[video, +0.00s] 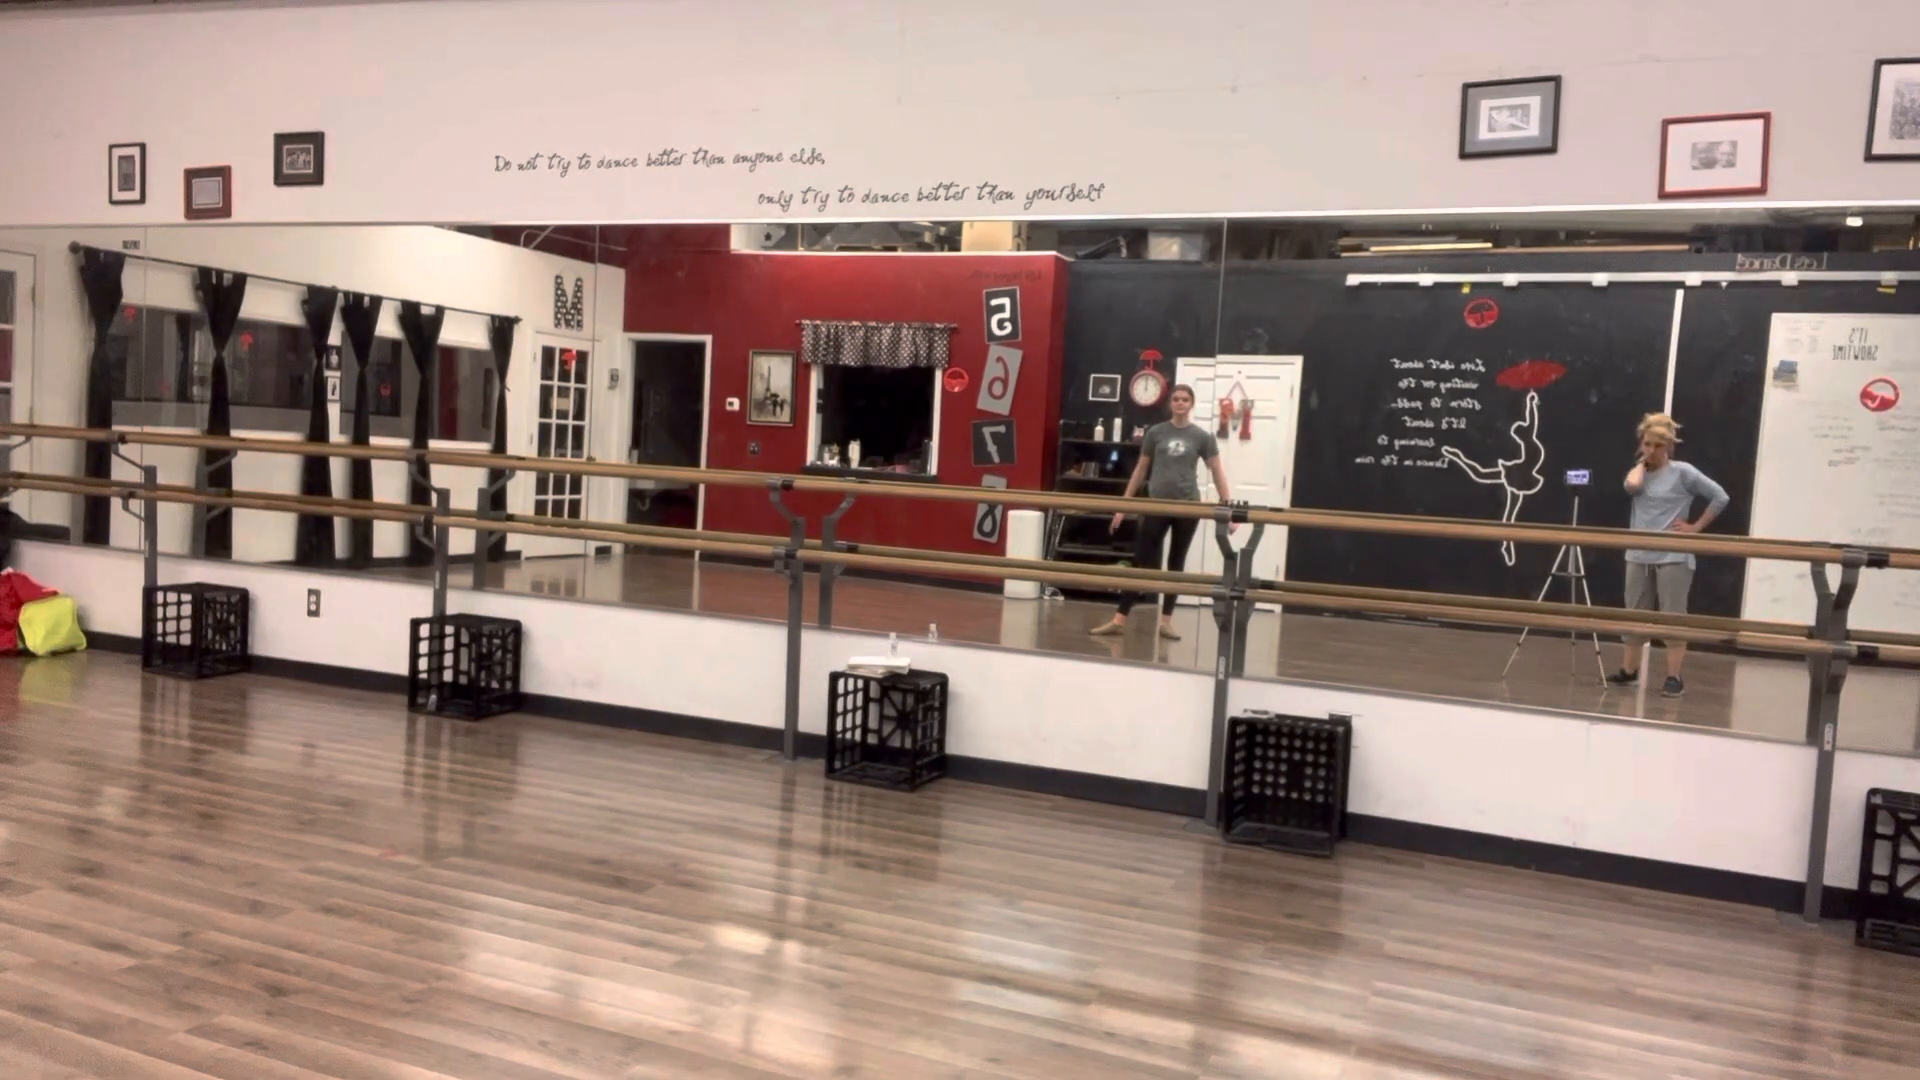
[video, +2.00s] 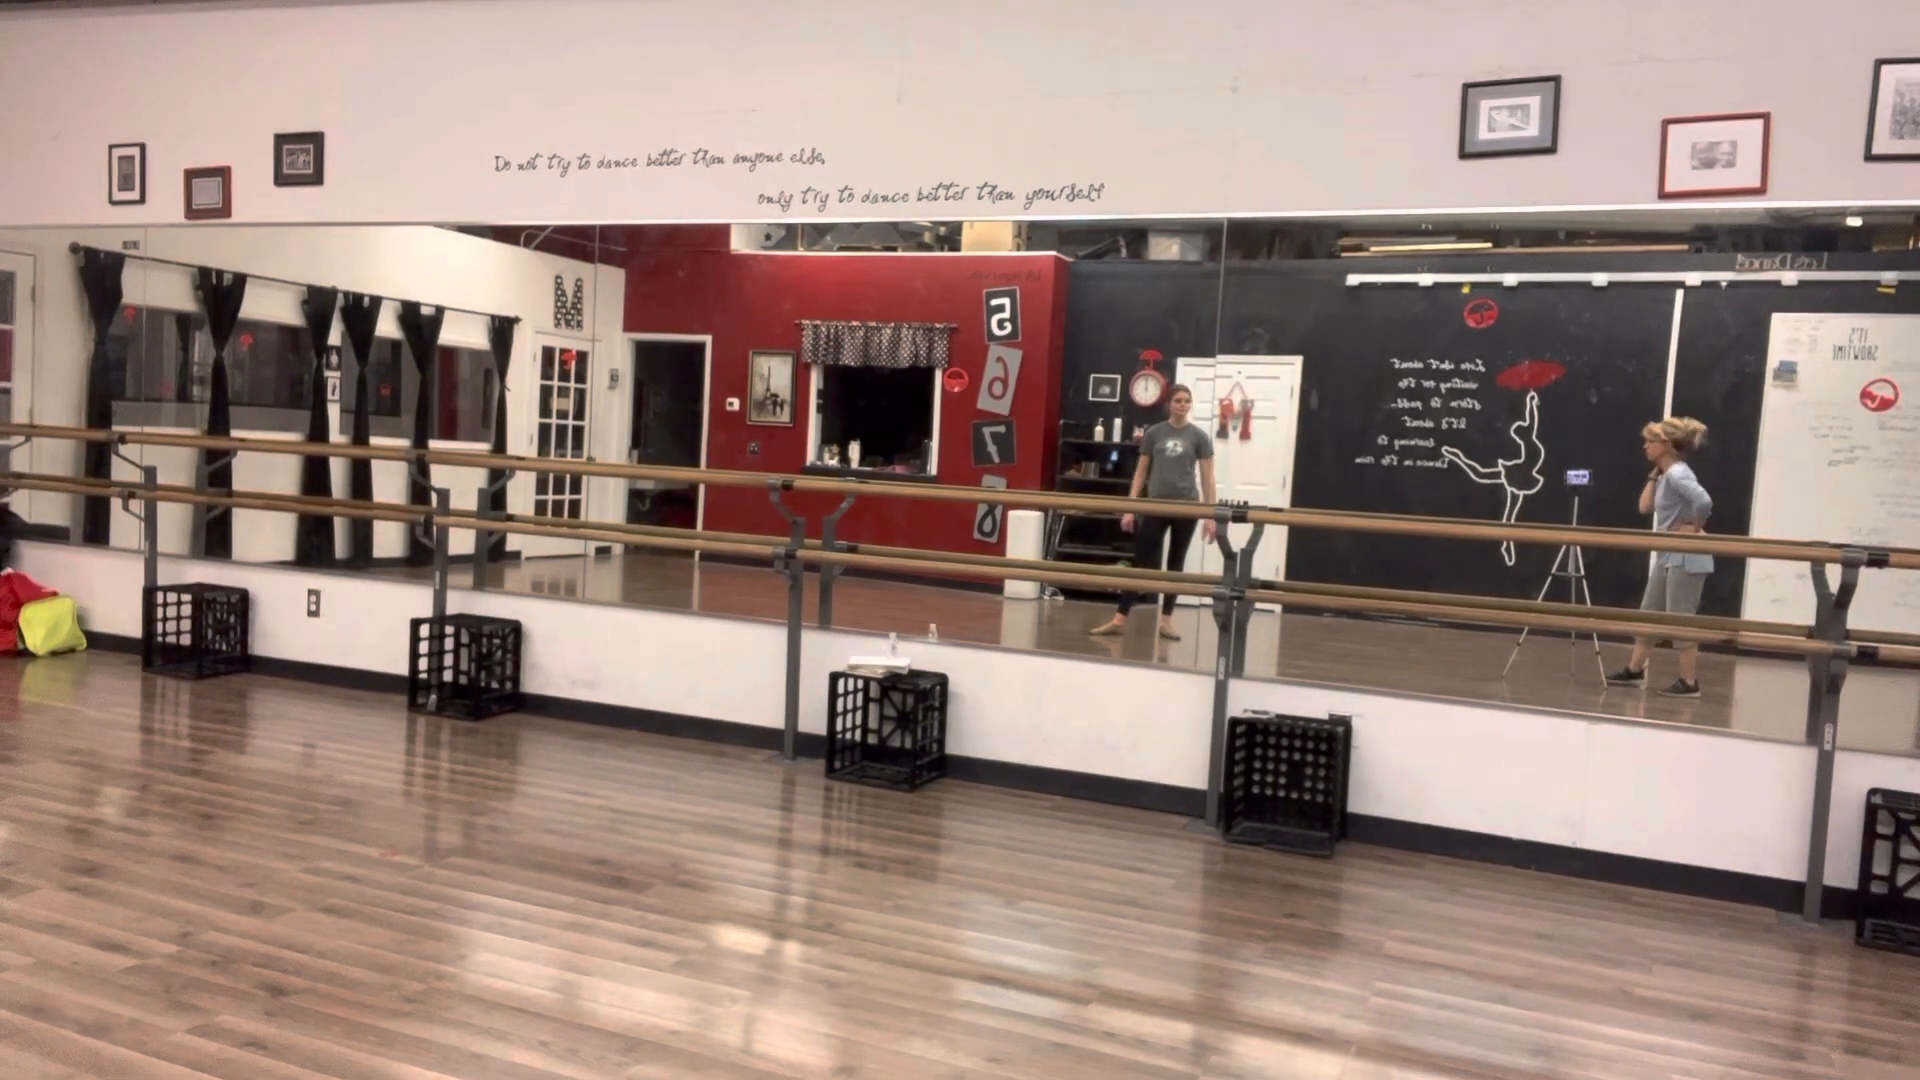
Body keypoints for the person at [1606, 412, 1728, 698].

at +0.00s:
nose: (1651, 451)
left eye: (1658, 446)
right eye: (1647, 445)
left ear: (1669, 447)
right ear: (1641, 446)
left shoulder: (1682, 472)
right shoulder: (1637, 472)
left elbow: (1721, 497)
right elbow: (1631, 486)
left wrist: (1695, 527)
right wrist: (1644, 459)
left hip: (1673, 556)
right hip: (1638, 554)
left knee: (1673, 617)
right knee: (1634, 613)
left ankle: (1673, 675)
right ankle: (1629, 670)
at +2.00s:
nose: (1645, 447)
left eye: (1650, 441)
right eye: (1646, 442)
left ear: (1666, 444)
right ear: (1661, 446)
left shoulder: (1677, 473)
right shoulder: (1664, 475)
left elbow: (1703, 501)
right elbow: (1644, 506)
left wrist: (1696, 526)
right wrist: (1655, 472)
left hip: (1686, 558)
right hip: (1665, 555)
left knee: (1681, 618)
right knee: (1649, 612)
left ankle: (1688, 679)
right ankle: (1635, 668)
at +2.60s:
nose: (1660, 445)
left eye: (1664, 440)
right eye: (1661, 439)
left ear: (1678, 446)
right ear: (1680, 447)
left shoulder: (1677, 473)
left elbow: (1691, 500)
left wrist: (1681, 524)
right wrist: (1664, 470)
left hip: (1676, 555)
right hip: (1679, 554)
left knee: (1673, 614)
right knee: (1671, 614)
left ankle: (1685, 676)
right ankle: (1676, 670)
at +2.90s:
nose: (1658, 444)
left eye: (1662, 440)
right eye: (1659, 439)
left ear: (1677, 446)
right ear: (1683, 447)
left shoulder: (1670, 472)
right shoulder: (1698, 473)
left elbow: (1673, 498)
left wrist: (1665, 524)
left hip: (1670, 542)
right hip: (1693, 541)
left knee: (1642, 604)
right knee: (1679, 607)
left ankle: (1680, 655)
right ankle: (1681, 665)